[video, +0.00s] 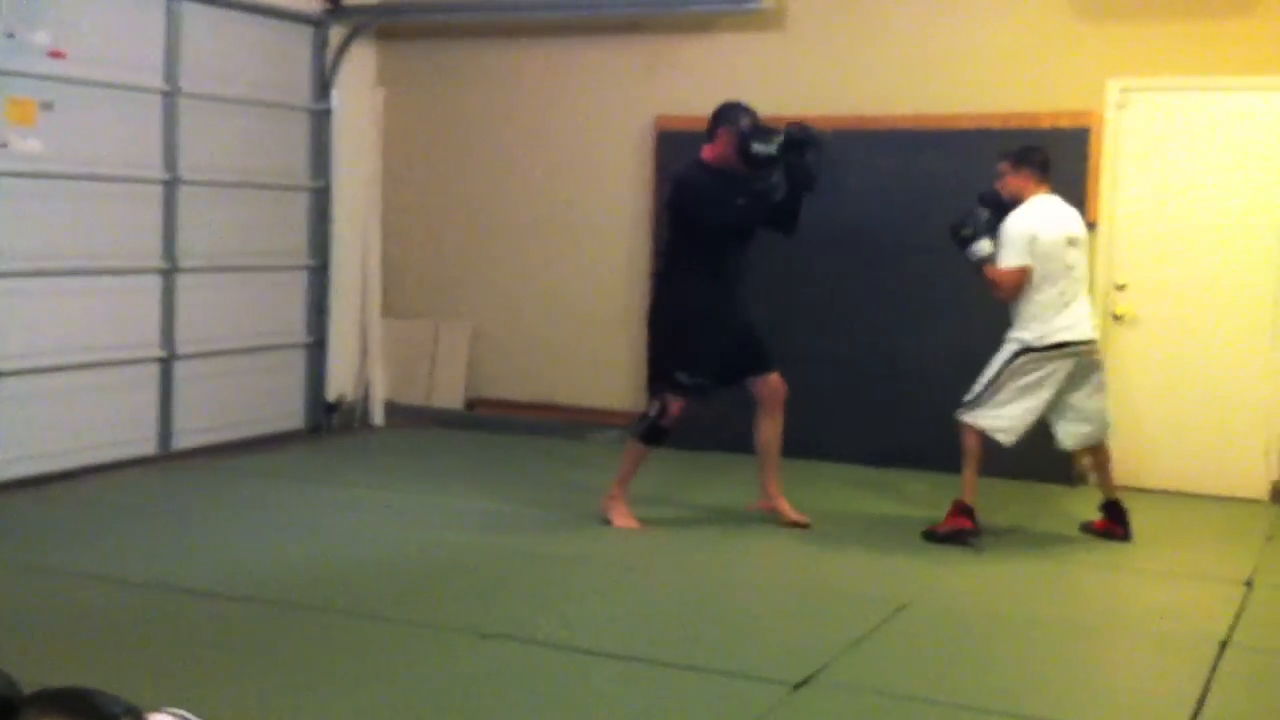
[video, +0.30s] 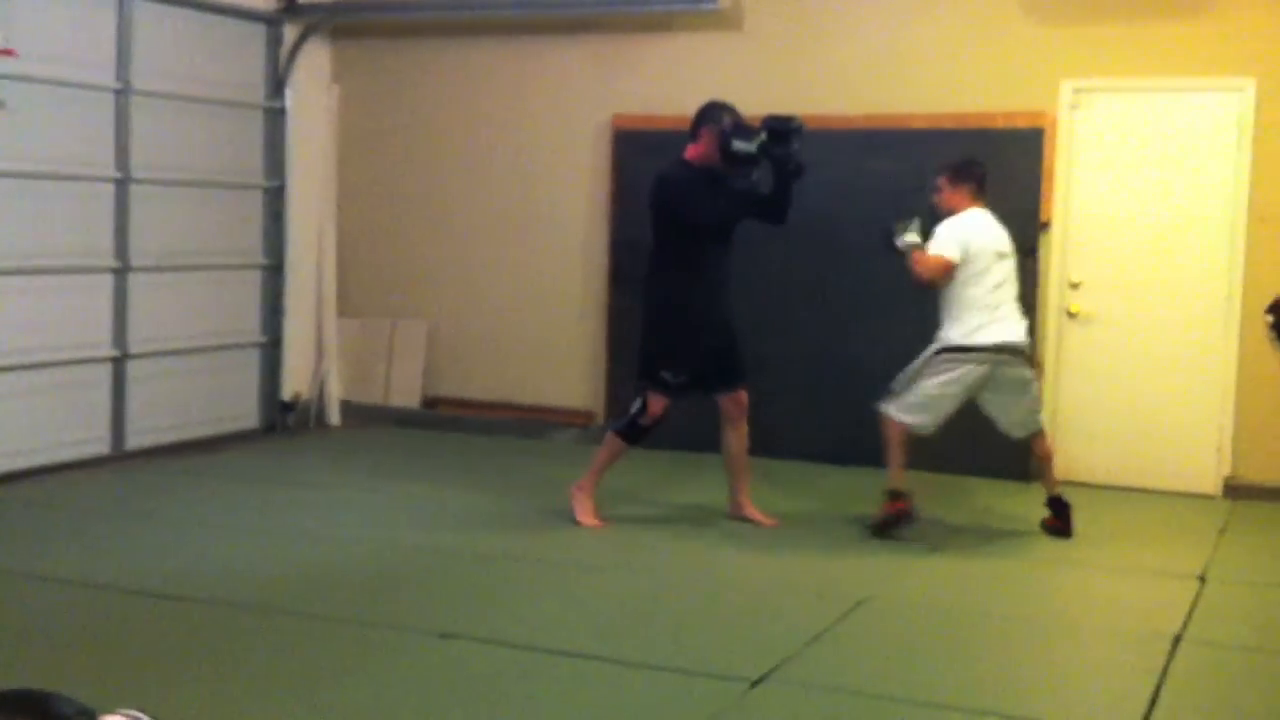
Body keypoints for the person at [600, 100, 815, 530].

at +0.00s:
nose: (748, 150)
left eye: (751, 142)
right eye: (743, 141)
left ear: (737, 140)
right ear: (721, 136)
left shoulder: (739, 183)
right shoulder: (693, 181)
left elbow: (784, 223)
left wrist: (795, 169)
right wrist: (763, 178)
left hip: (723, 307)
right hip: (682, 308)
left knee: (771, 390)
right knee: (670, 404)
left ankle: (771, 495)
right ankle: (615, 497)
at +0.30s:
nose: (732, 149)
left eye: (734, 141)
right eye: (727, 140)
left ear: (718, 139)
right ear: (705, 135)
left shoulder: (723, 184)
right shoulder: (674, 180)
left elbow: (774, 214)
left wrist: (782, 166)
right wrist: (737, 173)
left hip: (712, 308)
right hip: (673, 310)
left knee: (735, 402)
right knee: (653, 403)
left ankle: (740, 500)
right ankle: (585, 488)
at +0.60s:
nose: (667, 146)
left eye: (672, 139)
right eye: (661, 138)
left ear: (676, 142)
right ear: (644, 139)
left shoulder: (679, 184)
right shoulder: (629, 185)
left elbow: (725, 207)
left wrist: (712, 156)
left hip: (676, 306)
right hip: (635, 307)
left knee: (715, 395)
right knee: (626, 406)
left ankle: (708, 500)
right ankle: (539, 470)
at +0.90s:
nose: (588, 170)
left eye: (590, 162)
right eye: (584, 161)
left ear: (570, 158)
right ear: (565, 157)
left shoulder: (570, 196)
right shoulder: (533, 193)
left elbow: (588, 256)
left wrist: (611, 203)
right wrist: (603, 198)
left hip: (545, 308)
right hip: (507, 311)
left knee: (594, 378)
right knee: (524, 408)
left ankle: (563, 478)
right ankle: (475, 500)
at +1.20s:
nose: (523, 159)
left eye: (526, 151)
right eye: (517, 150)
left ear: (519, 154)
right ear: (490, 149)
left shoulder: (506, 201)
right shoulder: (458, 191)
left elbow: (516, 266)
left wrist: (552, 225)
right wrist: (522, 212)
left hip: (454, 311)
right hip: (433, 310)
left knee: (430, 398)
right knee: (478, 394)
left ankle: (406, 485)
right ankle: (465, 500)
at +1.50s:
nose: (486, 149)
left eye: (488, 140)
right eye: (482, 139)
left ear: (465, 139)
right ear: (456, 138)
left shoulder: (463, 185)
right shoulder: (430, 187)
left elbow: (491, 239)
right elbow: (470, 233)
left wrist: (528, 209)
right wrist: (497, 193)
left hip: (446, 308)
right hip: (423, 308)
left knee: (436, 403)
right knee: (431, 404)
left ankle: (415, 491)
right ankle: (376, 498)